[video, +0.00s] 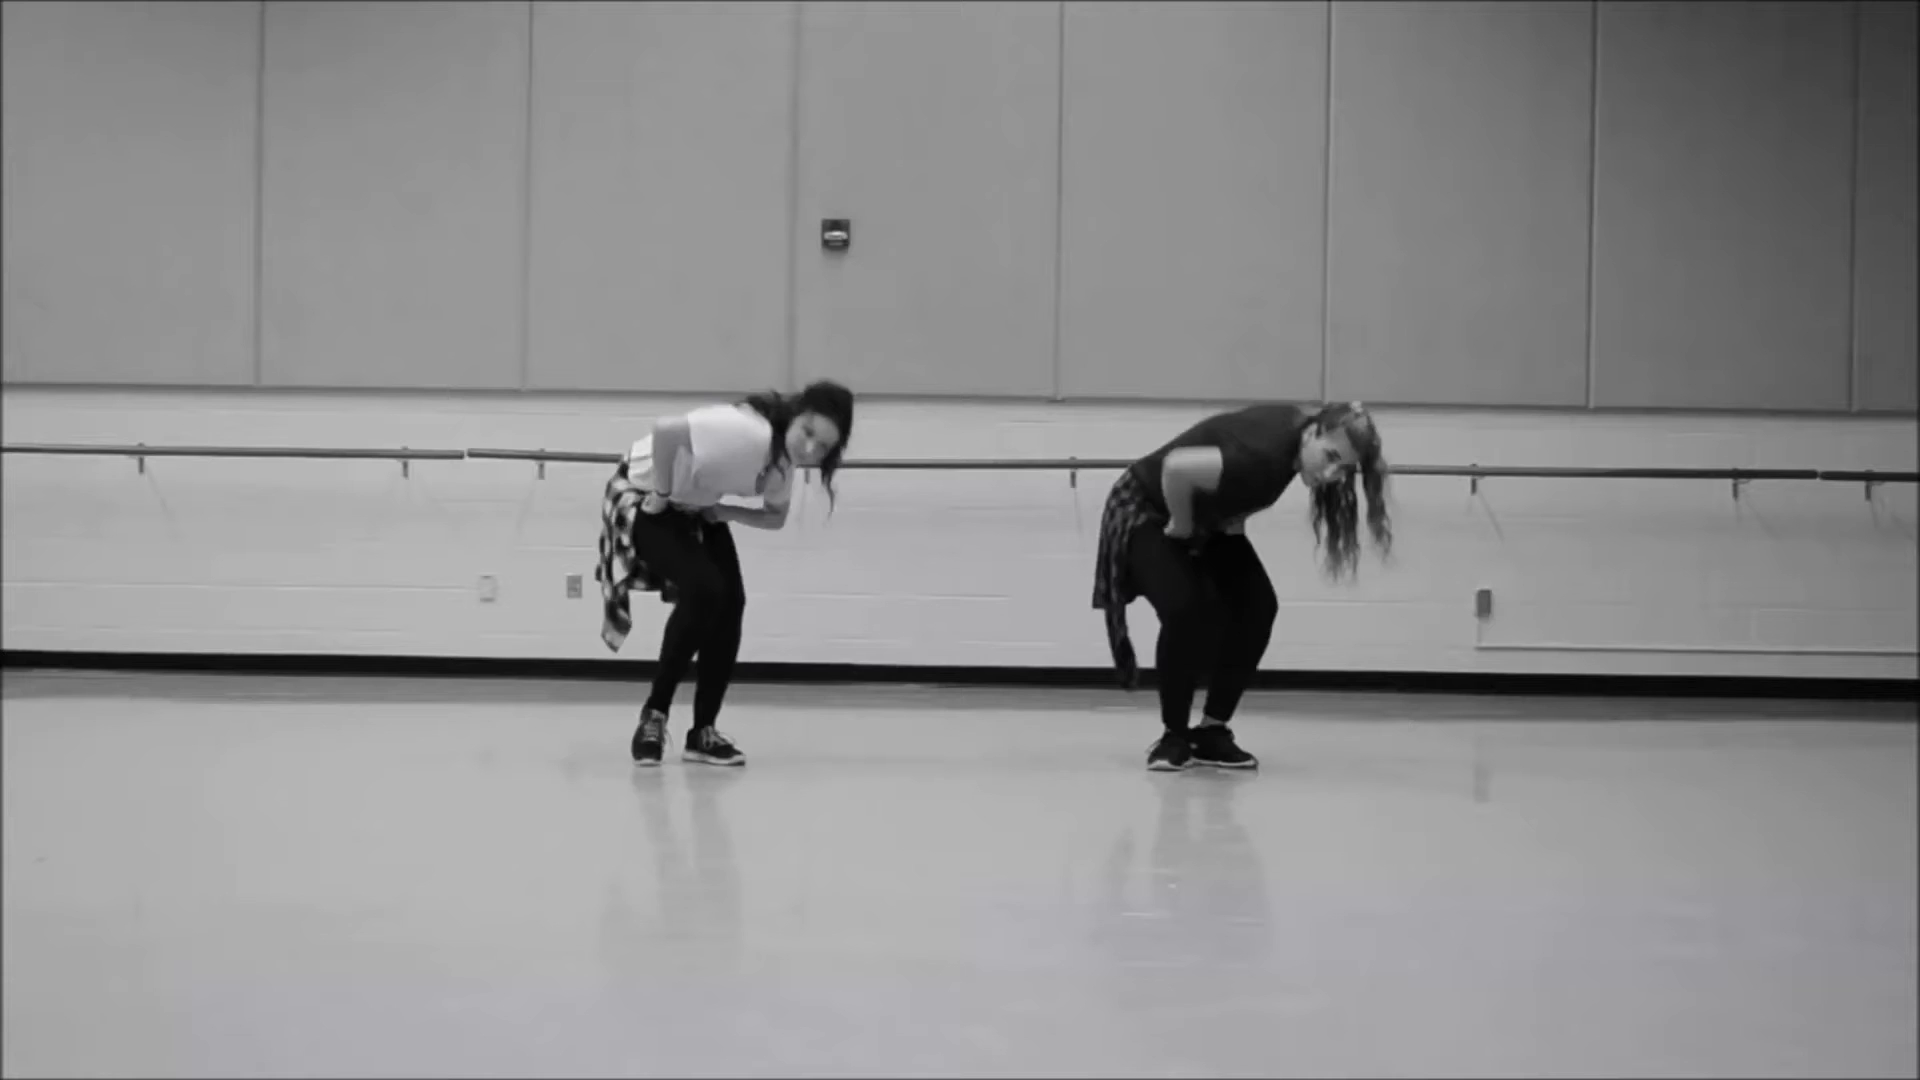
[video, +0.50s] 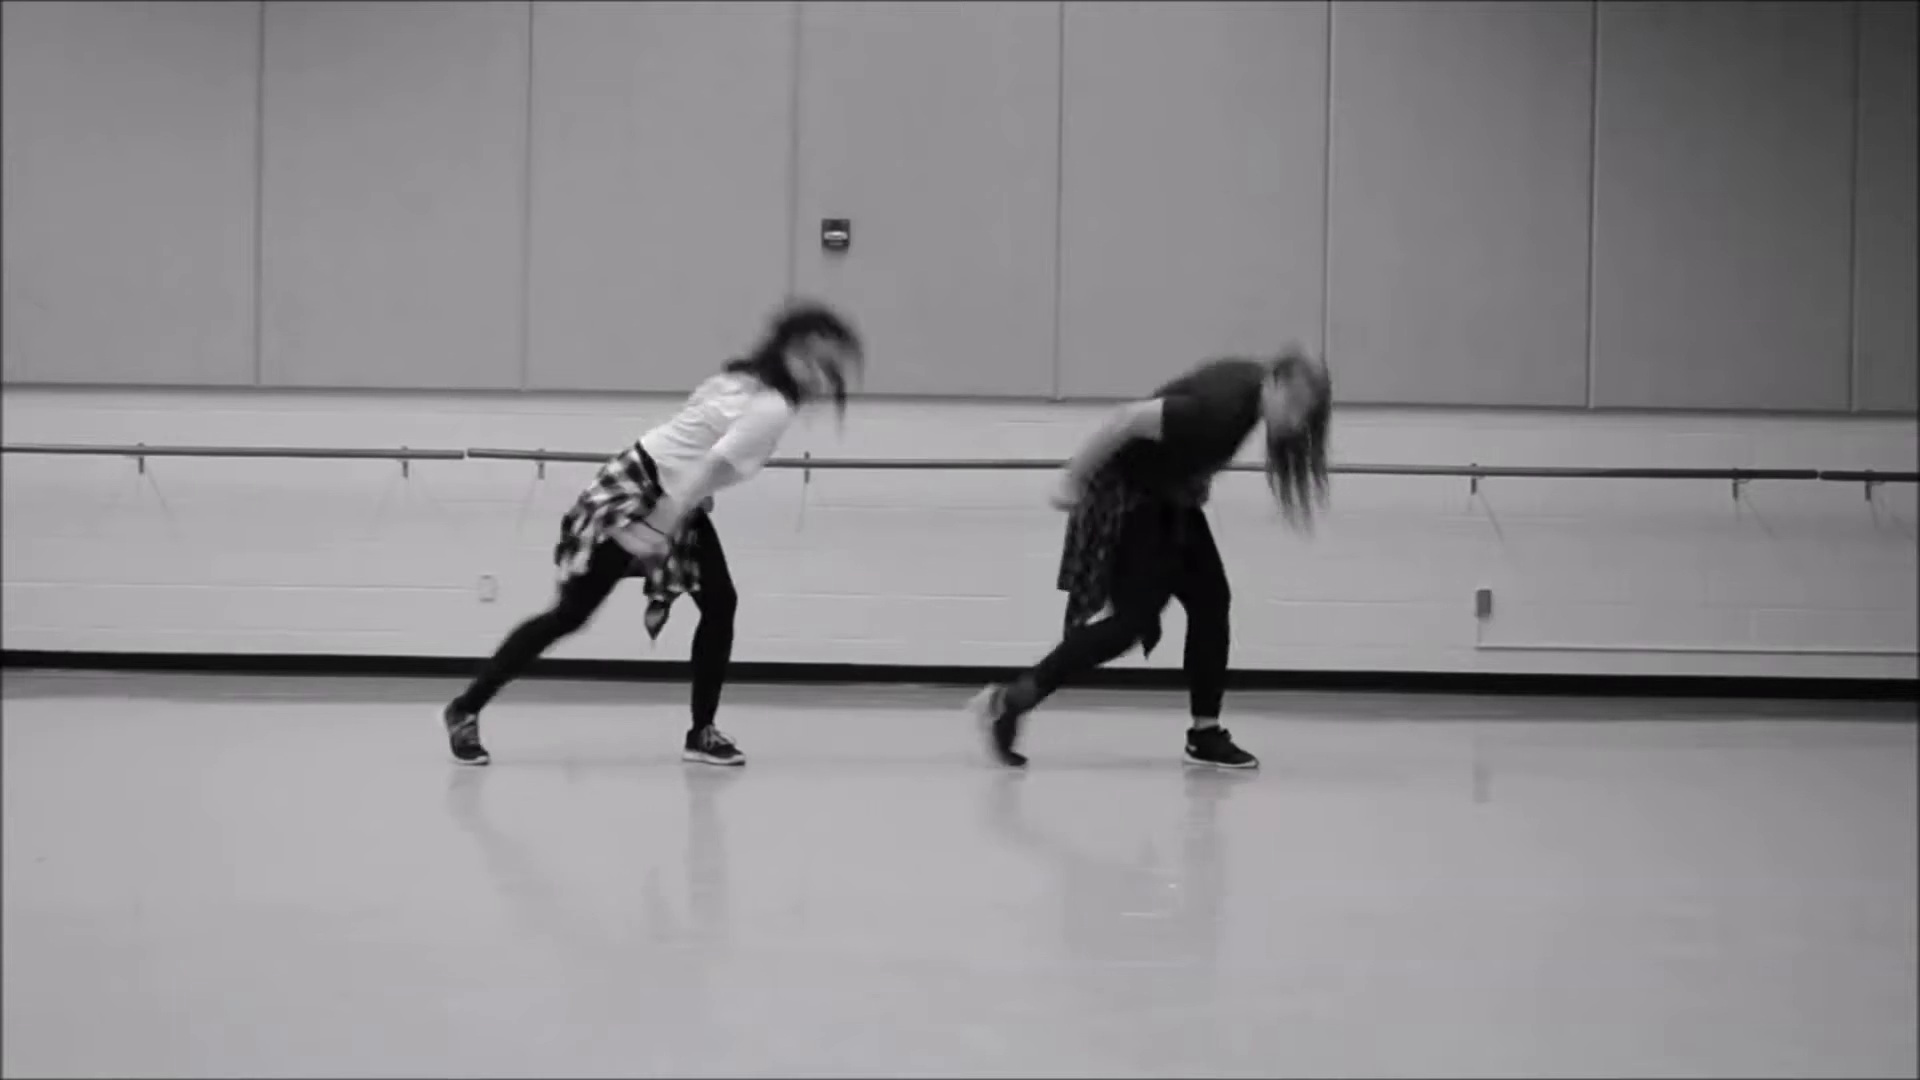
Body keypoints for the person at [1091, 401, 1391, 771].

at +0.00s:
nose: (1332, 475)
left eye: (1346, 470)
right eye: (1330, 457)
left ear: (1356, 467)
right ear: (1311, 431)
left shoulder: (1306, 424)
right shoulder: (1257, 460)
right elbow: (1175, 467)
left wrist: (1236, 512)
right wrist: (1180, 520)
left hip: (1210, 519)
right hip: (1146, 511)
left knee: (1256, 606)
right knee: (1187, 612)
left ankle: (1212, 730)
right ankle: (1174, 735)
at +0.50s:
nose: (1296, 423)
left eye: (1306, 415)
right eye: (1297, 408)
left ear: (1287, 386)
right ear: (1277, 385)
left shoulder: (1249, 391)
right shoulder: (1217, 406)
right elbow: (1125, 419)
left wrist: (1192, 478)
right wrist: (1074, 479)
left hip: (1175, 499)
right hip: (1129, 497)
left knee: (1211, 604)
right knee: (1131, 622)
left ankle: (1205, 731)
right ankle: (1011, 700)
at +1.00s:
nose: (1191, 256)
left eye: (1194, 247)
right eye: (1177, 248)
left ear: (1194, 256)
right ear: (1153, 259)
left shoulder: (1158, 310)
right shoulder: (1170, 312)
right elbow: (1177, 400)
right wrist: (1177, 480)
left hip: (1160, 483)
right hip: (1136, 481)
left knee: (1187, 610)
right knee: (1067, 594)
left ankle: (1202, 729)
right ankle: (978, 707)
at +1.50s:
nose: (1164, 254)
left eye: (1170, 244)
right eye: (1150, 246)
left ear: (1178, 249)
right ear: (1127, 254)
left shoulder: (1169, 307)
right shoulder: (1123, 297)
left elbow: (1163, 403)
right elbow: (1169, 370)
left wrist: (1191, 464)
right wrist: (1219, 426)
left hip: (1165, 472)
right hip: (1114, 469)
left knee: (1181, 601)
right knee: (1072, 591)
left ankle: (1201, 729)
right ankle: (989, 706)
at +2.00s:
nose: (1109, 264)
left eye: (1117, 253)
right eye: (1096, 254)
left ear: (1128, 259)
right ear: (1076, 263)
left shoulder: (1152, 316)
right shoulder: (1052, 328)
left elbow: (1167, 380)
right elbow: (1050, 414)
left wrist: (1086, 356)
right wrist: (1019, 442)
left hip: (1133, 485)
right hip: (1059, 486)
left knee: (1184, 598)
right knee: (1028, 609)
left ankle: (1212, 720)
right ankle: (985, 723)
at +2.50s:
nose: (1117, 263)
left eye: (1124, 252)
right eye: (1104, 255)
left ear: (1136, 259)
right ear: (1086, 266)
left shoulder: (1168, 329)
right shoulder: (1063, 329)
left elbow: (1197, 411)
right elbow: (1041, 408)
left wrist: (1228, 482)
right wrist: (1078, 407)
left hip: (1158, 492)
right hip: (1080, 490)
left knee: (1209, 593)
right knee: (1042, 603)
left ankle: (1201, 726)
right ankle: (983, 722)